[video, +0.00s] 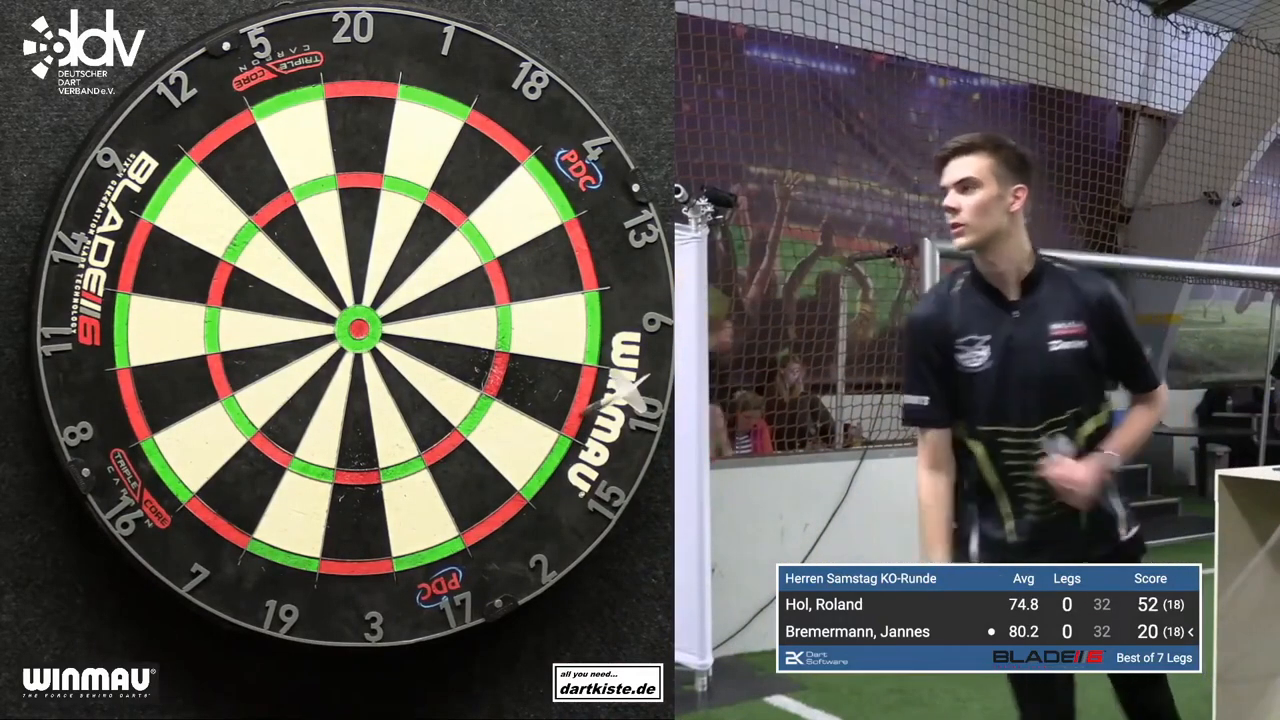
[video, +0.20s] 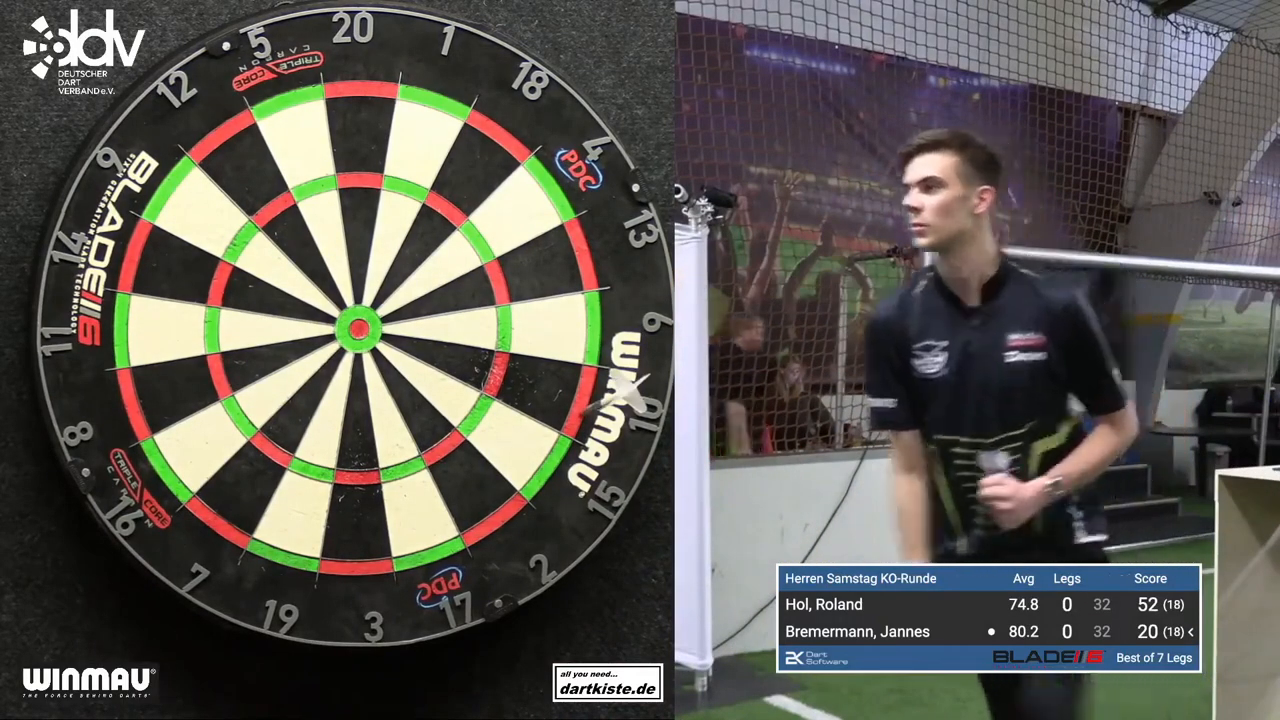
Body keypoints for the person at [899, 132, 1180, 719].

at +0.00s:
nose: (948, 204)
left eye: (966, 188)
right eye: (946, 193)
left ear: (1016, 199)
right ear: (945, 206)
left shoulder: (1089, 297)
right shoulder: (936, 319)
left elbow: (1152, 397)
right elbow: (935, 464)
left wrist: (1101, 464)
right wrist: (939, 583)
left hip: (1102, 546)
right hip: (1008, 560)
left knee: (1147, 701)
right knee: (1044, 710)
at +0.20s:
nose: (911, 203)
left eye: (930, 187)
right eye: (909, 191)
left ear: (982, 200)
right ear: (907, 204)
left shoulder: (1056, 309)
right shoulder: (898, 323)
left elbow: (1120, 424)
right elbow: (909, 465)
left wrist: (1041, 490)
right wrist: (918, 581)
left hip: (1061, 566)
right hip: (969, 571)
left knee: (1049, 707)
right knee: (1009, 707)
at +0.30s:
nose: (874, 205)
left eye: (897, 189)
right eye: (874, 191)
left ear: (951, 204)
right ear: (873, 205)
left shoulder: (1024, 317)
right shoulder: (864, 330)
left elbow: (1102, 436)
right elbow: (868, 479)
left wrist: (1011, 512)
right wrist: (871, 603)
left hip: (1032, 570)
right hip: (939, 577)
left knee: (984, 706)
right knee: (1004, 705)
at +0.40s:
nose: (844, 202)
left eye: (868, 187)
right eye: (844, 188)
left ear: (925, 204)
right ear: (843, 201)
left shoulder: (996, 324)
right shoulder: (831, 330)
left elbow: (1081, 451)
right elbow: (829, 481)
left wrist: (983, 526)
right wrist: (832, 619)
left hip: (1003, 580)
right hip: (911, 586)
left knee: (947, 708)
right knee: (992, 708)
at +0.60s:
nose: (742, 156)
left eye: (769, 141)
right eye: (746, 140)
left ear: (832, 164)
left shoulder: (887, 299)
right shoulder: (746, 289)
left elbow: (966, 464)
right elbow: (738, 452)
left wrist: (823, 525)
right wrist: (722, 601)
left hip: (887, 592)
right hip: (795, 593)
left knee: (855, 708)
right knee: (809, 707)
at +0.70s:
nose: (679, 130)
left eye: (702, 110)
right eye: (680, 112)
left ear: (767, 132)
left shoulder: (809, 267)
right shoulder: (702, 265)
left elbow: (840, 458)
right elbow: (694, 427)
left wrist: (698, 478)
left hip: (817, 548)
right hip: (732, 542)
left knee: (826, 705)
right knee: (701, 698)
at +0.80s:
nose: (655, 119)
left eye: (674, 101)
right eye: (660, 101)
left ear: (721, 124)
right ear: (711, 125)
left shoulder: (743, 252)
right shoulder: (665, 247)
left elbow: (752, 454)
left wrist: (615, 459)